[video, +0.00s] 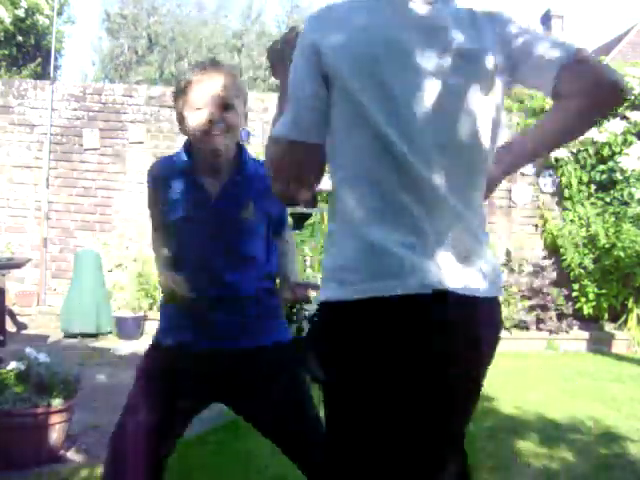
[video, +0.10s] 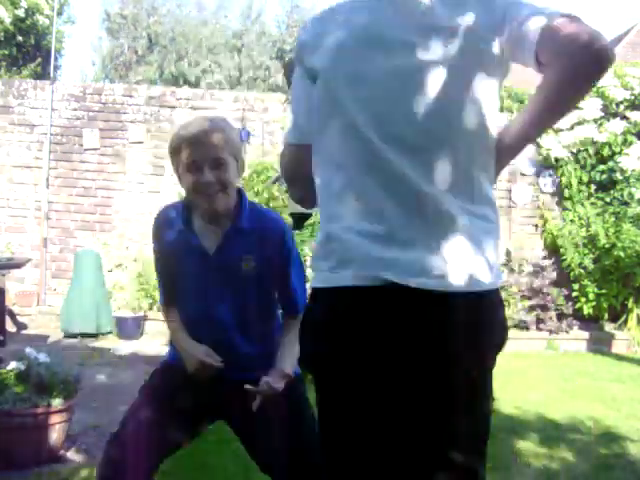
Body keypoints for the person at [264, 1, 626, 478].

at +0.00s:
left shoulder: (328, 26)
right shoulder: (484, 24)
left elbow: (292, 180)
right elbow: (599, 88)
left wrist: (288, 81)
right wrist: (500, 162)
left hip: (365, 304)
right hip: (470, 303)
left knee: (361, 462)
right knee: (444, 460)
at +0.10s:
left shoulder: (323, 27)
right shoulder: (482, 8)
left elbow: (297, 172)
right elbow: (586, 51)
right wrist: (503, 147)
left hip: (350, 295)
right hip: (463, 297)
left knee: (351, 464)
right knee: (455, 465)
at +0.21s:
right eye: (467, 17)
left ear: (373, 15)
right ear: (460, 16)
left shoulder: (325, 85)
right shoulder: (478, 64)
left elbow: (307, 218)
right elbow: (519, 153)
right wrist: (497, 237)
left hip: (336, 345)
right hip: (446, 350)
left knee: (333, 471)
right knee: (449, 470)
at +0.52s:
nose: (492, 39)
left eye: (501, 22)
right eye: (470, 19)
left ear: (511, 31)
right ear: (419, 21)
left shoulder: (460, 122)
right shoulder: (379, 102)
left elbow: (449, 245)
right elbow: (257, 190)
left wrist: (522, 169)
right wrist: (388, 234)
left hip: (428, 356)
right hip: (375, 362)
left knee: (459, 468)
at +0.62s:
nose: (490, 39)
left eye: (501, 23)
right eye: (467, 20)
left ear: (510, 33)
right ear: (423, 22)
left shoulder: (471, 129)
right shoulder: (383, 92)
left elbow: (449, 246)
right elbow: (249, 153)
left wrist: (529, 173)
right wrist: (366, 209)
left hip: (418, 343)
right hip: (372, 343)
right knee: (443, 469)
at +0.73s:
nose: (502, 69)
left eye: (509, 57)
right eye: (485, 52)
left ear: (517, 65)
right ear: (435, 57)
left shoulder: (470, 155)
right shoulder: (377, 131)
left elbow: (444, 263)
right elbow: (273, 210)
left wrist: (524, 213)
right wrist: (357, 282)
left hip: (423, 351)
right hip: (366, 352)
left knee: (440, 468)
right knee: (388, 471)